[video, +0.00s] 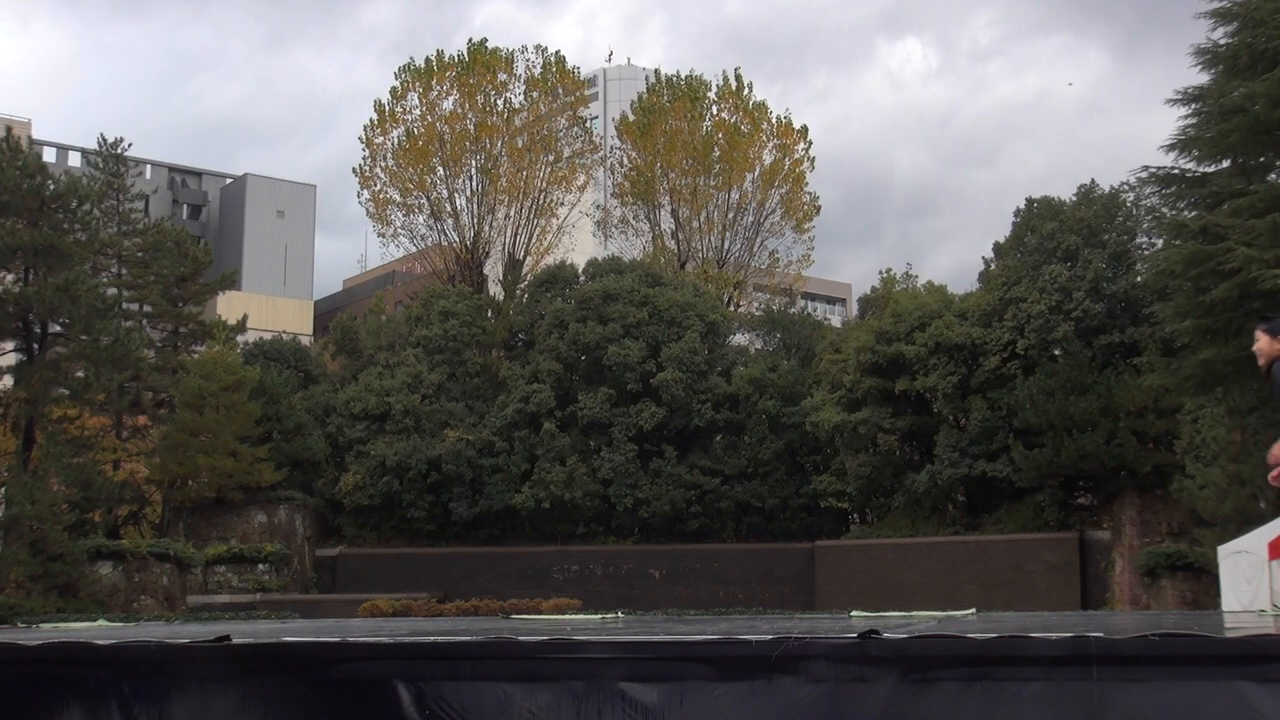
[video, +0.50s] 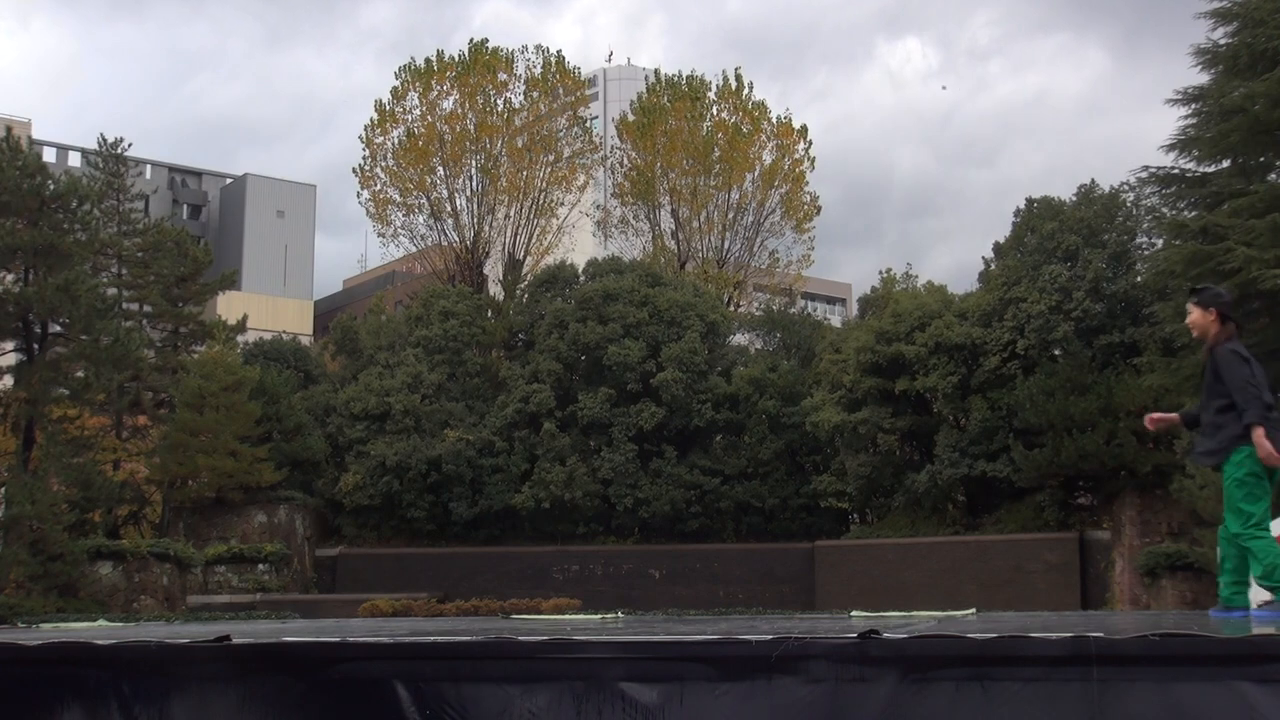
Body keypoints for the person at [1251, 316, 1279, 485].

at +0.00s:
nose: (1253, 348)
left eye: (1258, 340)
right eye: (1255, 341)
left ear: (1276, 342)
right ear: (1274, 342)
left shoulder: (1276, 372)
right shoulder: (1274, 373)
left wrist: (1274, 452)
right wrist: (1279, 467)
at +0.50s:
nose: (1187, 321)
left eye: (1191, 313)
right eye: (1187, 314)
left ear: (1212, 314)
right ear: (1212, 316)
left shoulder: (1227, 352)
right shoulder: (1219, 354)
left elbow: (1249, 394)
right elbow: (1213, 411)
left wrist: (1258, 437)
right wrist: (1173, 419)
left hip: (1247, 450)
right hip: (1243, 450)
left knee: (1248, 529)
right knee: (1232, 532)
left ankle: (1279, 592)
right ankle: (1233, 604)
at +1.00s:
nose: (1116, 345)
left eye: (1115, 336)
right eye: (1113, 339)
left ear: (1131, 326)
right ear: (1131, 328)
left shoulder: (1163, 349)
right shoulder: (1150, 357)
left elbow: (1167, 391)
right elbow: (1168, 402)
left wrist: (1132, 420)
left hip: (1197, 451)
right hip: (1170, 454)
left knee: (1173, 521)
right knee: (1140, 498)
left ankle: (1185, 599)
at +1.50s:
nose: (1141, 325)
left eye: (1146, 318)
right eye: (1133, 321)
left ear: (1155, 323)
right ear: (1124, 330)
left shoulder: (1166, 347)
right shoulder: (1137, 366)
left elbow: (1188, 382)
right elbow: (1143, 405)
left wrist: (1159, 408)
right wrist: (1129, 429)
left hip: (1177, 456)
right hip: (1139, 457)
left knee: (1158, 526)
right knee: (1104, 503)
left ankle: (1170, 602)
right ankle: (1154, 476)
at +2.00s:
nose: (1132, 314)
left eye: (1136, 309)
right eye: (1124, 312)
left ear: (1145, 316)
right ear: (1114, 325)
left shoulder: (1164, 339)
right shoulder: (1127, 363)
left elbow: (1201, 368)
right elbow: (1140, 398)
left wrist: (1184, 400)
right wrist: (1127, 424)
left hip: (1166, 446)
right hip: (1126, 442)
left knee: (1161, 523)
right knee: (1079, 482)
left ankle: (1169, 600)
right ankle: (1126, 473)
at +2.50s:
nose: (1084, 329)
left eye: (1089, 323)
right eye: (1077, 325)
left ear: (1101, 329)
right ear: (1069, 335)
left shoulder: (1115, 357)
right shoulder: (1076, 381)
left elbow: (1156, 384)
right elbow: (1075, 426)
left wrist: (1134, 407)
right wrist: (1041, 434)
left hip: (1137, 458)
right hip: (1100, 467)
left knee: (1142, 527)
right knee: (1087, 531)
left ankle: (1169, 599)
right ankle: (1093, 601)